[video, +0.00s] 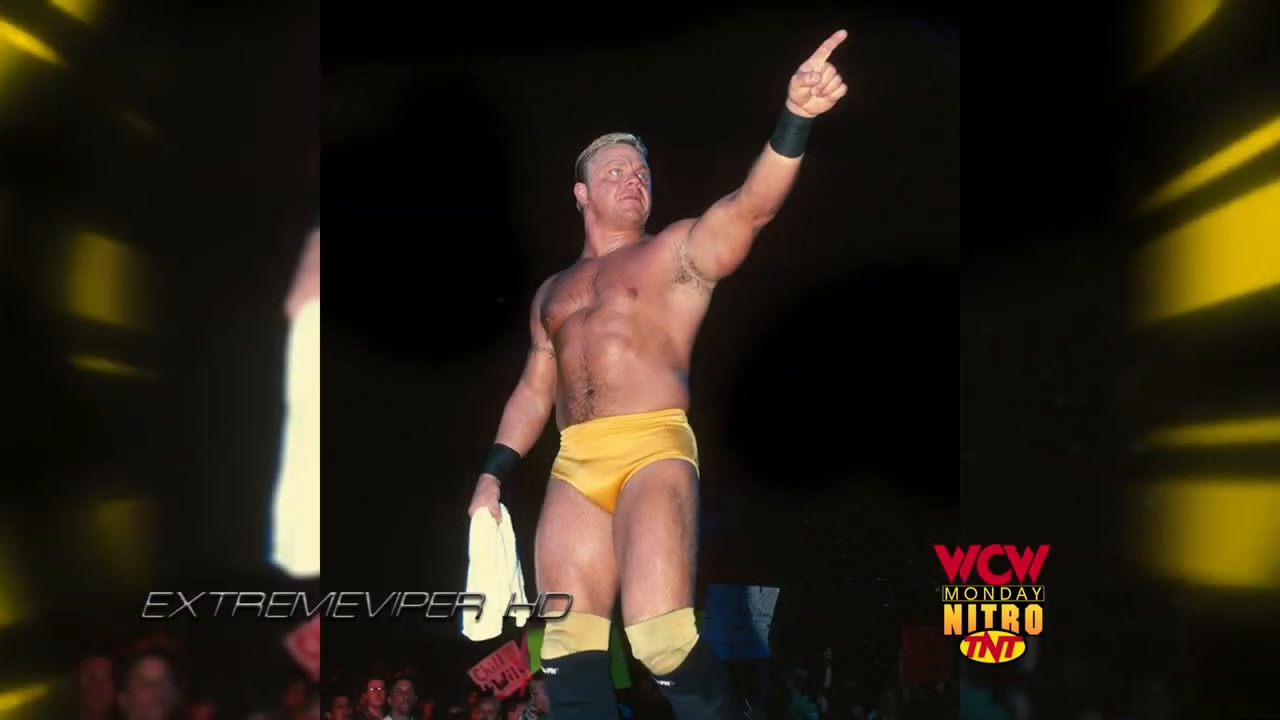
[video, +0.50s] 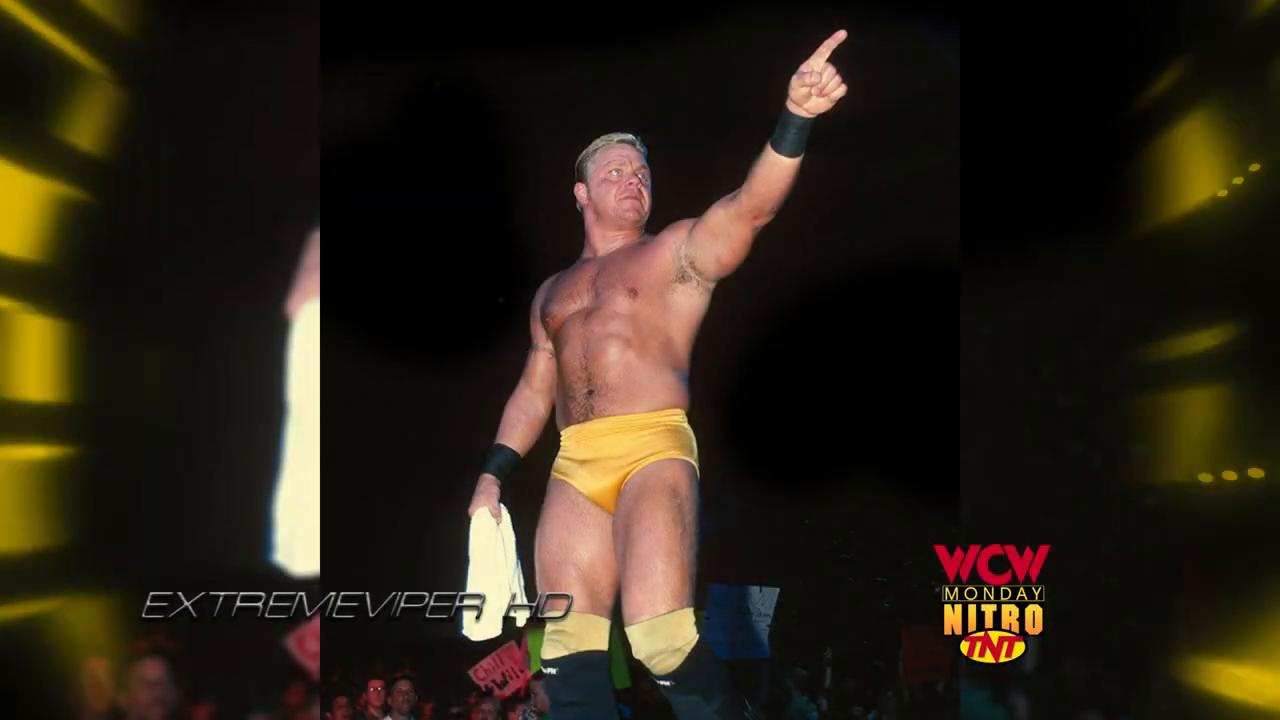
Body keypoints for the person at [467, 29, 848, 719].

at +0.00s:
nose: (632, 180)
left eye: (640, 172)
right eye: (614, 171)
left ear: (651, 193)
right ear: (581, 193)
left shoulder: (680, 254)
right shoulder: (553, 296)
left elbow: (752, 204)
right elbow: (534, 394)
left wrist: (797, 115)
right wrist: (490, 477)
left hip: (656, 448)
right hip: (576, 462)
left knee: (659, 635)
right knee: (568, 646)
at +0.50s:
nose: (632, 180)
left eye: (640, 172)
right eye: (614, 171)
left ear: (651, 193)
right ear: (581, 193)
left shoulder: (680, 254)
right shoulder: (553, 296)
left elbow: (752, 204)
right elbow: (534, 394)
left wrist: (797, 115)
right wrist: (490, 477)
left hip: (656, 448)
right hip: (576, 462)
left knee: (659, 635)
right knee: (568, 646)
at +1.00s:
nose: (632, 179)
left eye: (640, 172)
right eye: (615, 170)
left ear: (650, 194)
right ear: (581, 193)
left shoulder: (680, 254)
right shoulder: (552, 296)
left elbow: (753, 203)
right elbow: (534, 394)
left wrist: (797, 116)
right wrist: (490, 478)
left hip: (656, 448)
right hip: (575, 462)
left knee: (660, 636)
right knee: (568, 646)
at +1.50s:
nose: (632, 179)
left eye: (640, 172)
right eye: (615, 170)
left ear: (650, 194)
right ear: (581, 193)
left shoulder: (680, 254)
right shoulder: (552, 296)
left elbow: (753, 203)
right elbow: (534, 394)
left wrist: (797, 116)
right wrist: (490, 478)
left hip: (656, 448)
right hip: (575, 462)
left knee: (660, 636)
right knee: (568, 646)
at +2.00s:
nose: (631, 179)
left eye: (640, 172)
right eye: (614, 170)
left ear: (650, 194)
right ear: (580, 193)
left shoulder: (680, 253)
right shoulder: (552, 296)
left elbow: (753, 203)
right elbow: (534, 393)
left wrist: (797, 115)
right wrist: (490, 478)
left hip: (656, 448)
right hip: (575, 462)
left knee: (660, 637)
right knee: (568, 647)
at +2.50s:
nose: (631, 179)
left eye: (640, 172)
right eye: (614, 170)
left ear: (650, 194)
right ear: (580, 193)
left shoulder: (680, 253)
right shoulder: (552, 296)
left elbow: (753, 203)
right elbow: (534, 393)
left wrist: (797, 115)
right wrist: (490, 478)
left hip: (656, 448)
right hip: (575, 462)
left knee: (660, 637)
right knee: (568, 647)